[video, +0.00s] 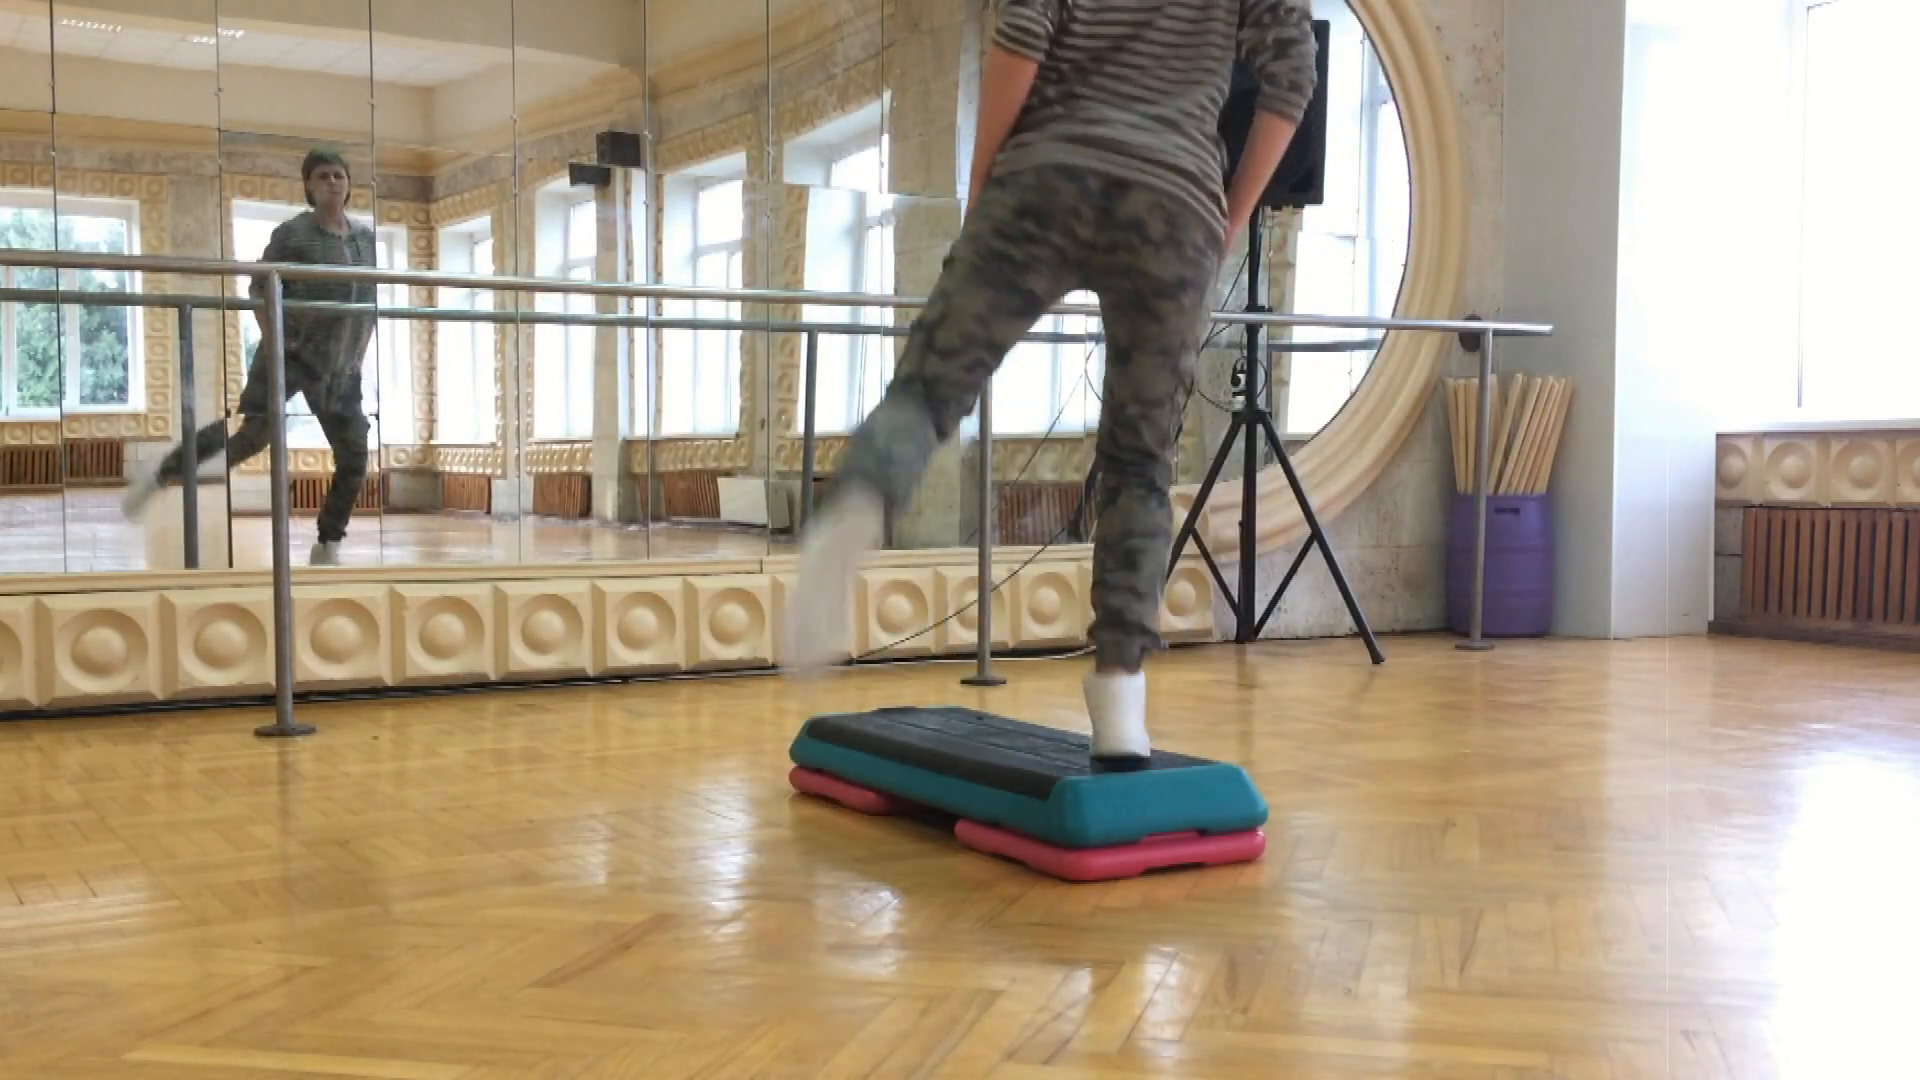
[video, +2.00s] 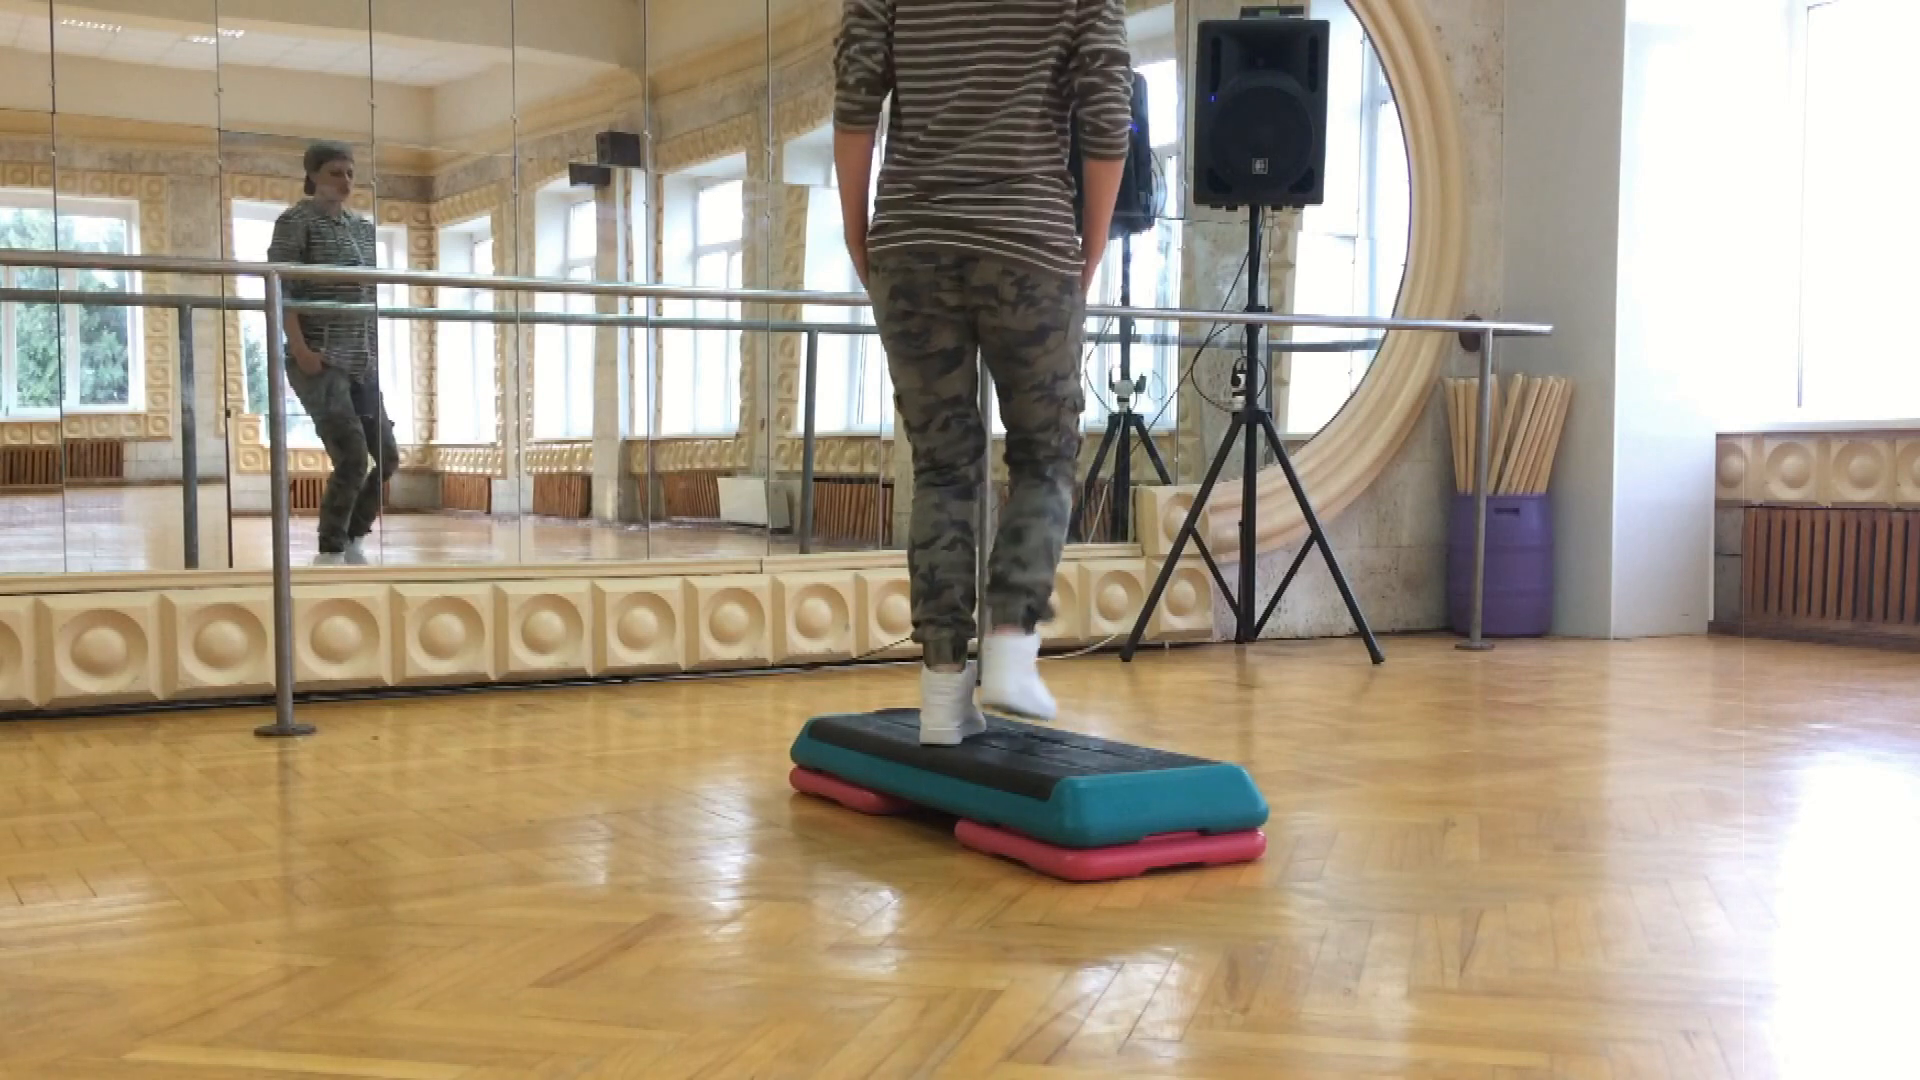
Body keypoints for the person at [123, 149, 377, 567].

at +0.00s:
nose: (333, 183)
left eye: (339, 177)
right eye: (323, 177)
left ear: (350, 187)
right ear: (307, 187)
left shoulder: (364, 240)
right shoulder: (292, 234)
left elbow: (370, 306)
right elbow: (258, 284)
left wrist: (357, 355)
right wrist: (275, 342)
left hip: (338, 367)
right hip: (286, 358)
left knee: (354, 461)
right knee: (248, 442)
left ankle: (327, 549)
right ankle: (158, 477)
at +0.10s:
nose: (332, 183)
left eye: (338, 177)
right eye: (323, 177)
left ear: (349, 186)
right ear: (307, 187)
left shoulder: (363, 237)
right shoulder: (293, 233)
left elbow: (361, 298)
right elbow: (257, 288)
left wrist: (350, 342)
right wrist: (277, 333)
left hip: (340, 366)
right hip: (289, 356)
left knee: (363, 456)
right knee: (245, 434)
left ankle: (319, 544)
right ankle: (151, 414)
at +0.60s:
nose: (328, 186)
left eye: (334, 179)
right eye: (319, 180)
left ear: (345, 189)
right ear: (304, 191)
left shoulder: (363, 242)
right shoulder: (294, 235)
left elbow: (366, 306)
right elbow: (269, 294)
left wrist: (355, 356)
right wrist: (281, 344)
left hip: (343, 374)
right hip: (302, 368)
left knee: (356, 466)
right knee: (284, 456)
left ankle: (317, 552)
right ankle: (188, 435)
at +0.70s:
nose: (331, 175)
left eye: (337, 169)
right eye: (321, 169)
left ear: (347, 178)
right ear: (305, 178)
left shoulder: (362, 226)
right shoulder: (291, 217)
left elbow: (363, 288)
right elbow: (265, 277)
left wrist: (354, 338)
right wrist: (281, 332)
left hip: (344, 352)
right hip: (299, 344)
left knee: (345, 452)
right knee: (328, 439)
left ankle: (316, 542)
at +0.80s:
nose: (330, 171)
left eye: (336, 166)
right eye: (321, 165)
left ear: (347, 176)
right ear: (304, 173)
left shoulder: (362, 223)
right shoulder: (286, 214)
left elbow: (366, 286)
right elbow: (261, 270)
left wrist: (359, 337)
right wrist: (281, 327)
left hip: (347, 347)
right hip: (303, 342)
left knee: (340, 444)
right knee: (339, 435)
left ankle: (318, 538)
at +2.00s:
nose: (345, 181)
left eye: (349, 174)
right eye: (335, 173)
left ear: (353, 181)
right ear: (311, 178)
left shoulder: (363, 228)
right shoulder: (295, 221)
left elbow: (367, 294)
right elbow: (280, 290)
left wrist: (371, 352)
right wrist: (299, 349)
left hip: (361, 362)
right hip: (319, 360)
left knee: (385, 455)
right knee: (354, 458)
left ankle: (352, 540)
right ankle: (330, 551)